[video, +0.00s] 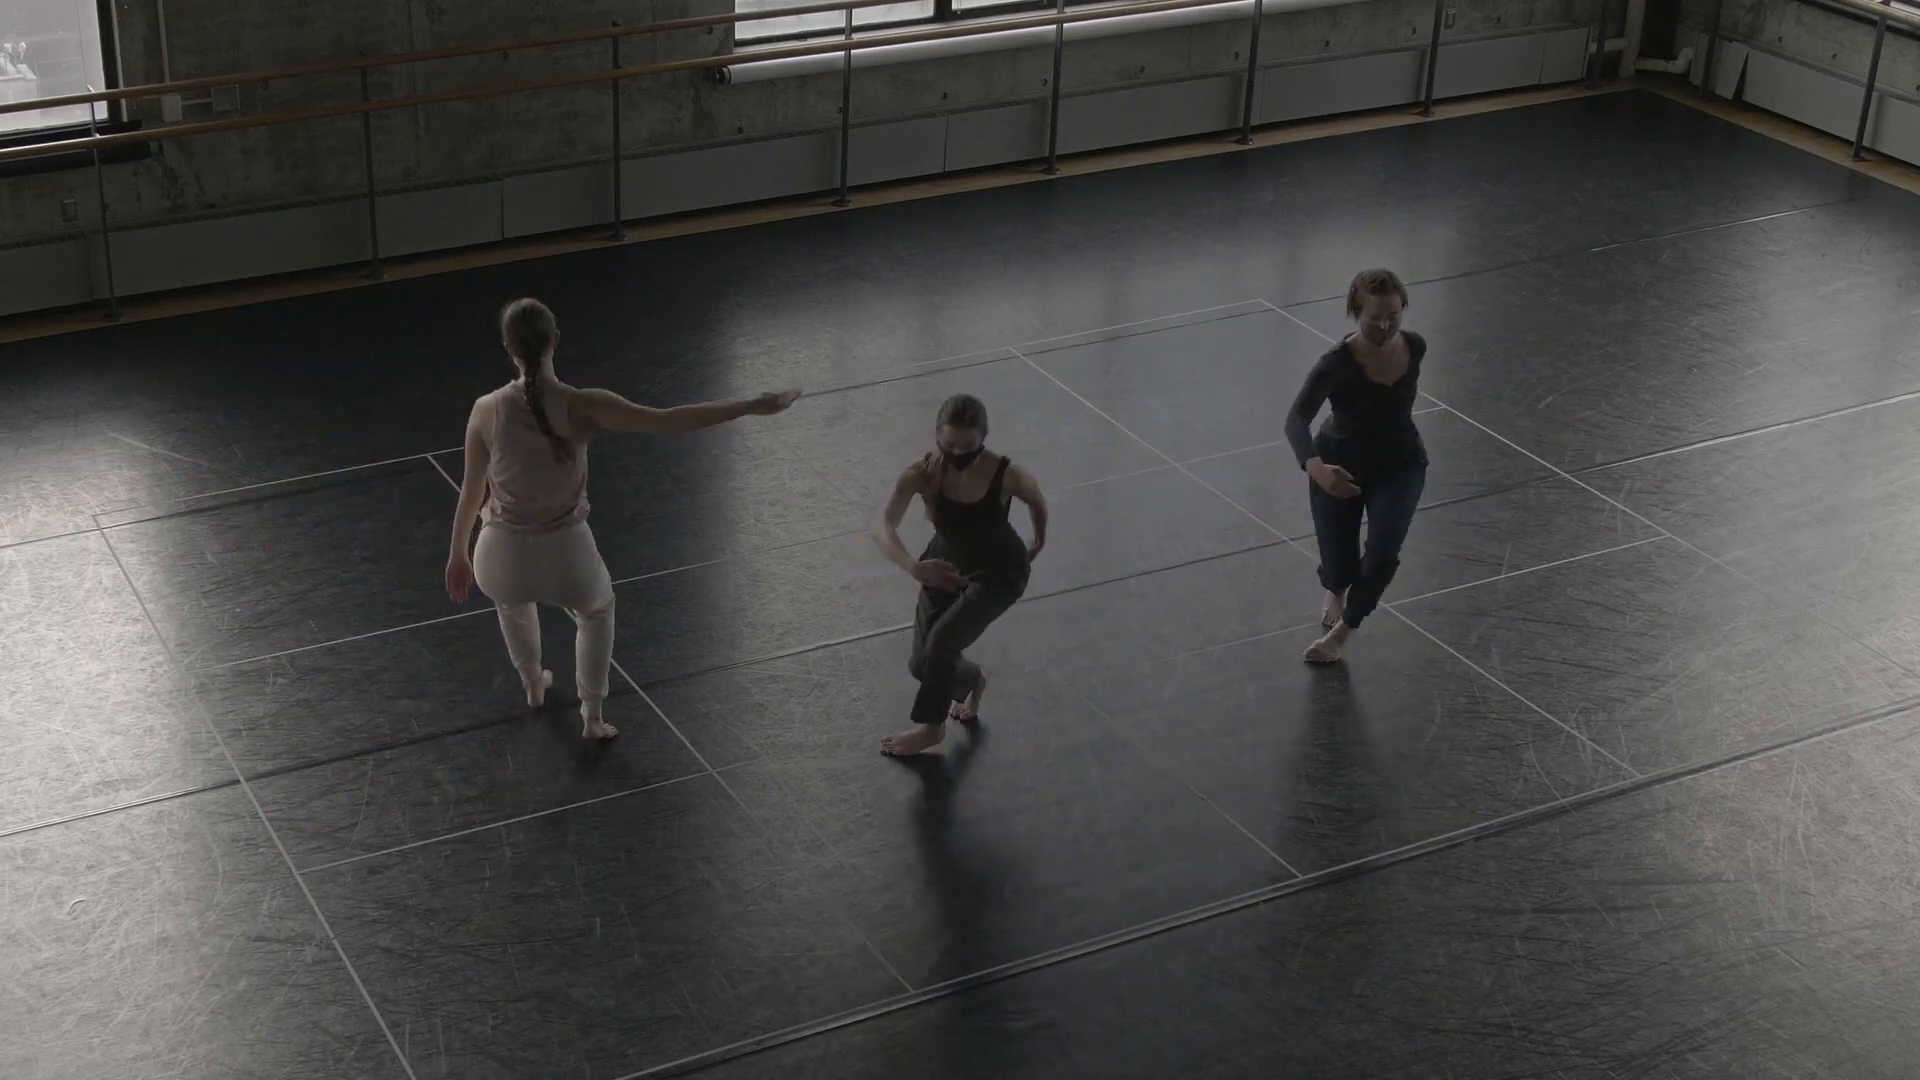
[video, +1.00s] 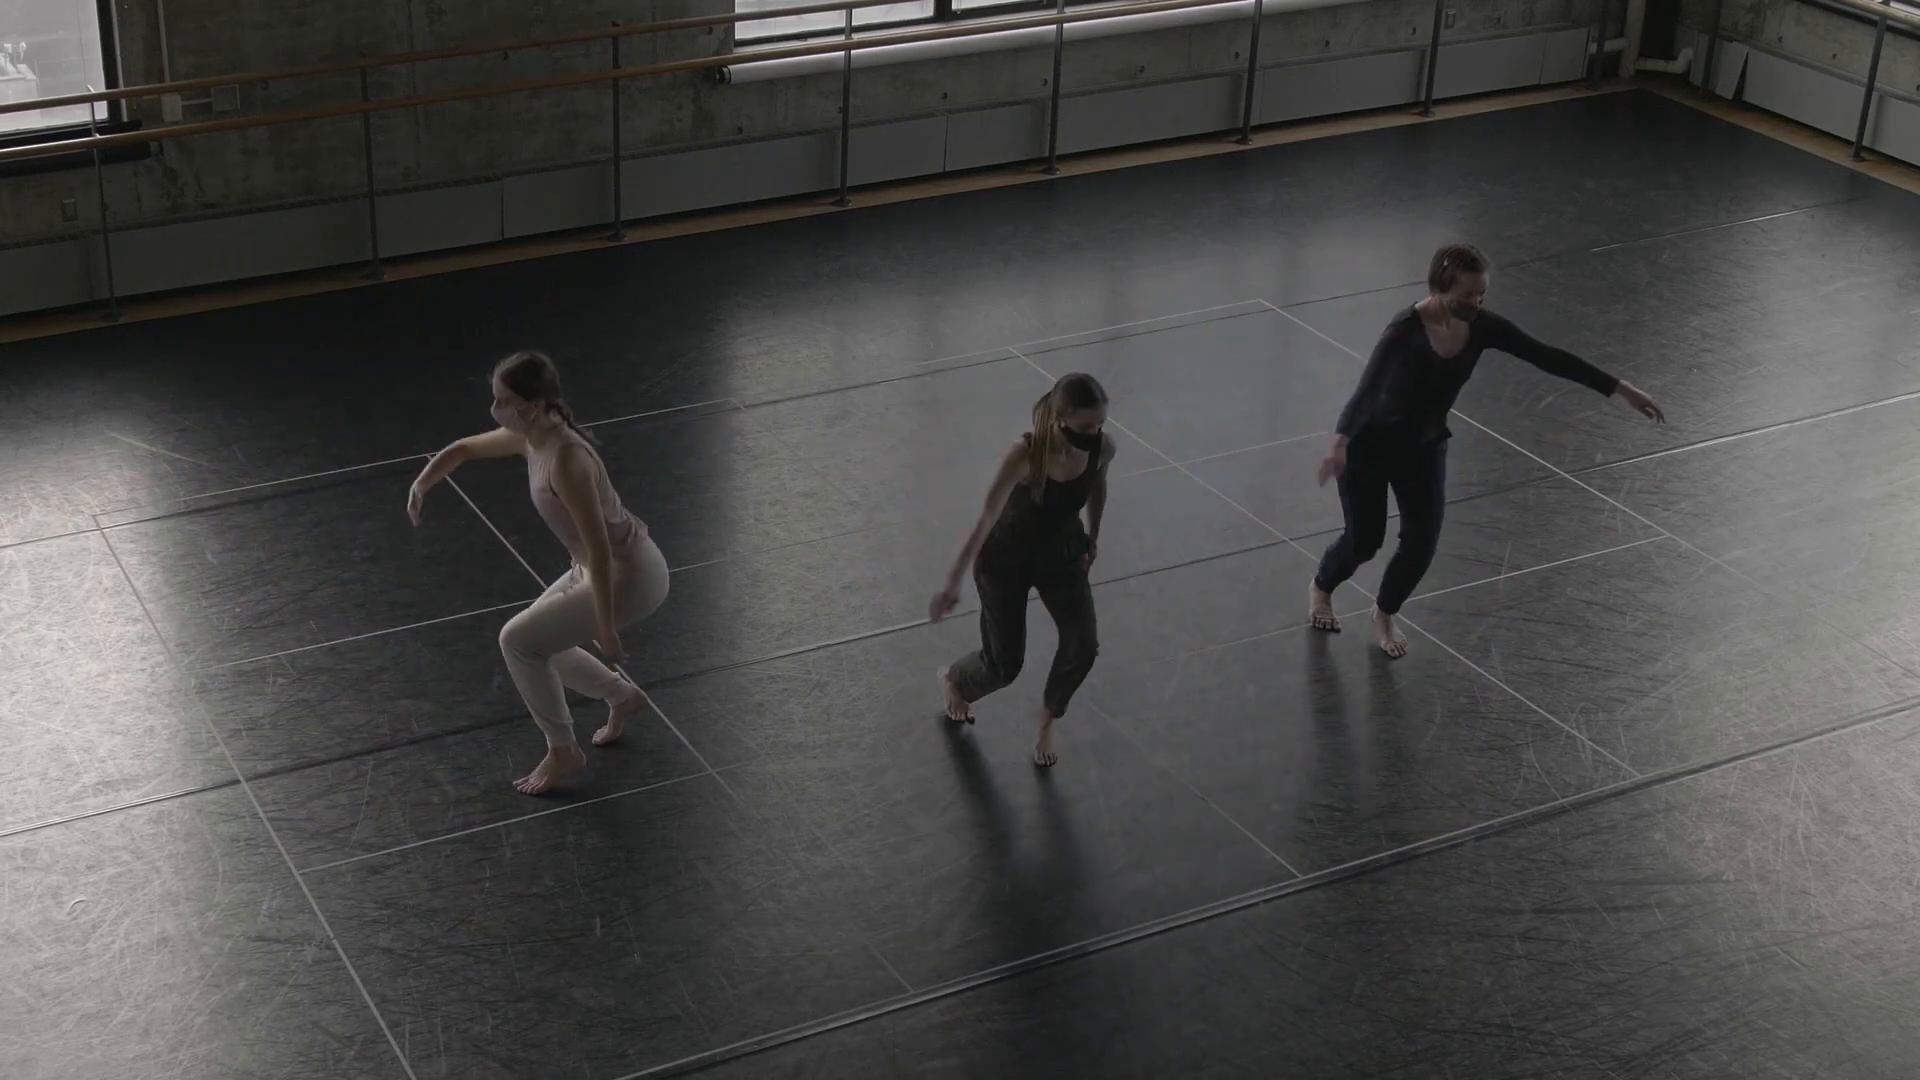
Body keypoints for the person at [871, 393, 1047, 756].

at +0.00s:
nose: (957, 458)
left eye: (966, 451)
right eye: (949, 448)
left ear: (983, 439)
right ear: (937, 434)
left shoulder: (1007, 476)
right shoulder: (920, 474)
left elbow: (1037, 504)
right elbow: (885, 530)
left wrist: (1038, 543)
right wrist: (913, 567)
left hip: (999, 568)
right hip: (947, 559)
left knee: (941, 642)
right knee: (921, 664)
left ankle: (933, 728)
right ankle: (972, 678)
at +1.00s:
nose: (1097, 429)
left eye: (1100, 421)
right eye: (1089, 424)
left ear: (1102, 413)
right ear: (1062, 421)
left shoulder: (1102, 448)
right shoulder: (1025, 454)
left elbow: (1097, 491)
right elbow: (986, 521)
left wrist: (1092, 540)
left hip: (1059, 552)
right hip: (1007, 554)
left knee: (1082, 646)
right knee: (1004, 665)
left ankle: (1047, 721)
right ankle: (954, 681)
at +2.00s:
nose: (1302, 509)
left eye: (1307, 502)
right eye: (1301, 500)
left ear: (1267, 472)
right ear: (1271, 481)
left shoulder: (1229, 495)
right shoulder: (1237, 527)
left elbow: (1174, 548)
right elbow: (1162, 579)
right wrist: (1091, 625)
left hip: (1130, 626)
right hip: (1164, 650)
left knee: (1083, 716)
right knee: (1199, 761)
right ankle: (1173, 876)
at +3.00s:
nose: (923, 645)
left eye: (921, 637)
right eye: (924, 636)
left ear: (927, 634)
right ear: (961, 621)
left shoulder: (930, 664)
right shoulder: (997, 636)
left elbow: (892, 727)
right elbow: (1023, 720)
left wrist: (866, 764)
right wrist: (994, 798)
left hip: (1033, 712)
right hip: (1081, 698)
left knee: (1008, 837)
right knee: (1107, 820)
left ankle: (975, 971)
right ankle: (1222, 853)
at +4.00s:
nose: (871, 620)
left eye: (871, 614)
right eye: (869, 615)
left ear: (879, 605)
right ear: (907, 584)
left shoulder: (880, 615)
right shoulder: (956, 587)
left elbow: (857, 711)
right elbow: (972, 653)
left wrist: (873, 769)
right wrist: (961, 724)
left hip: (937, 665)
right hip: (1005, 654)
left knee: (903, 701)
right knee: (964, 690)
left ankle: (941, 791)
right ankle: (993, 782)